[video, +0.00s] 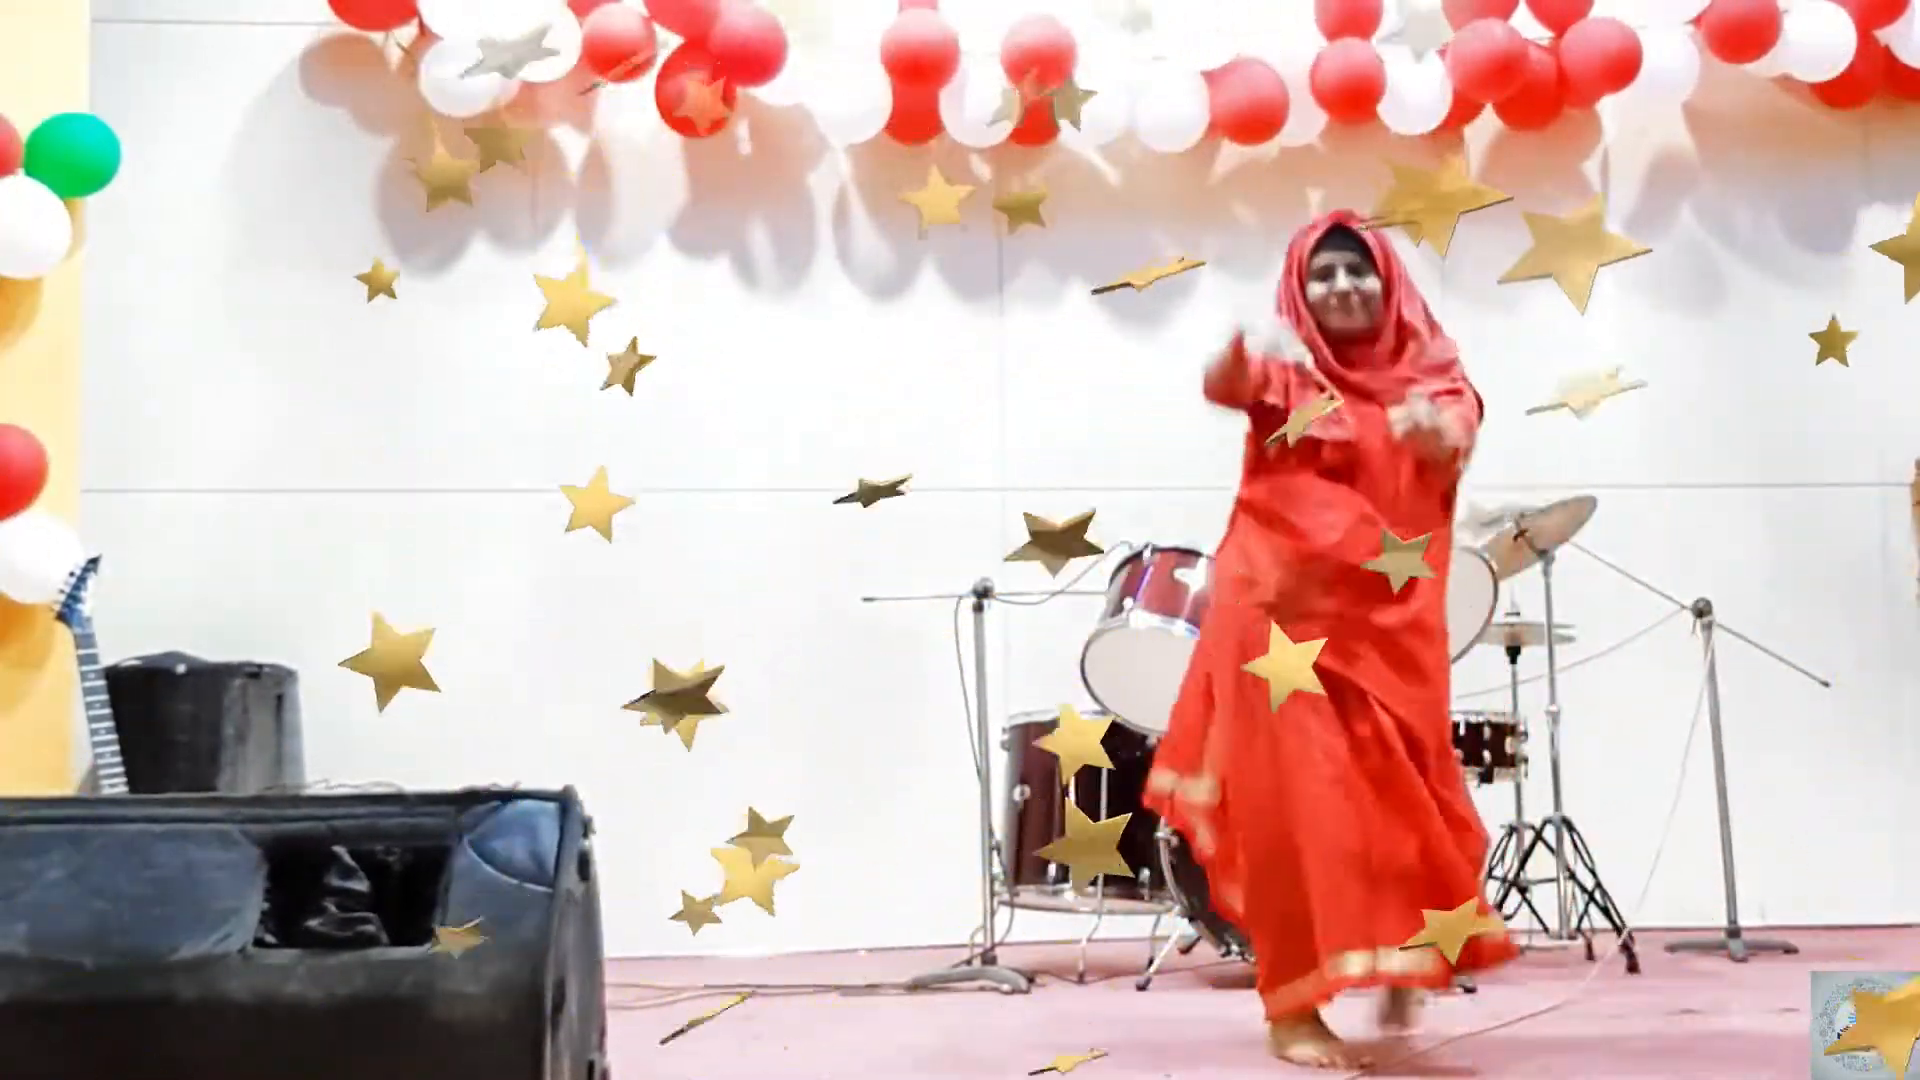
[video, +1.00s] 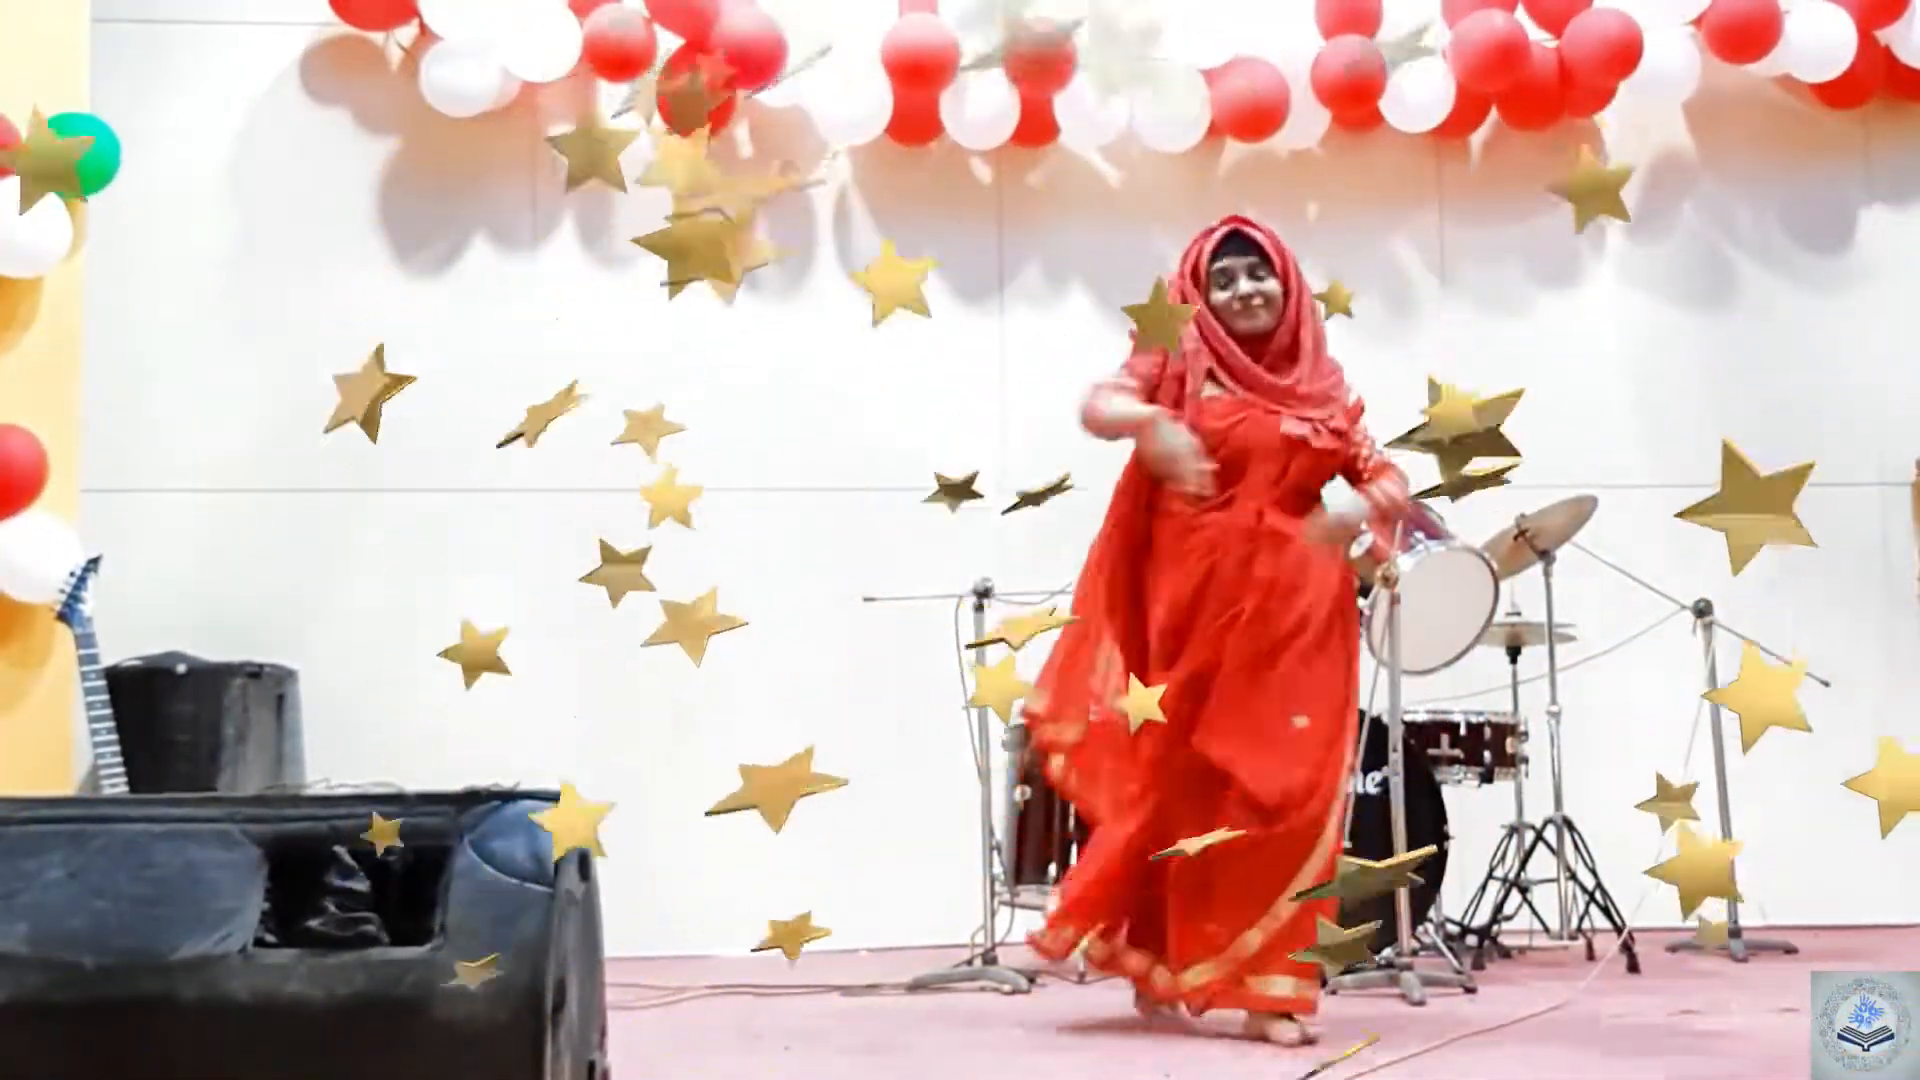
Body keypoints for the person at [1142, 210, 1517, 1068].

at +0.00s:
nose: (1344, 285)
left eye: (1358, 270)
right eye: (1325, 274)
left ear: (1388, 283)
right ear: (1300, 293)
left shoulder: (1434, 380)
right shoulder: (1288, 372)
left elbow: (1454, 428)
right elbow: (1231, 387)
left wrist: (1431, 429)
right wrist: (1235, 363)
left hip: (1388, 634)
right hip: (1280, 631)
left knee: (1394, 799)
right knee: (1294, 805)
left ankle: (1399, 980)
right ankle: (1293, 1008)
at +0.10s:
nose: (1337, 263)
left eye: (1351, 247)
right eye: (1318, 251)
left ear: (1376, 258)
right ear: (1292, 264)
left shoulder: (1409, 355)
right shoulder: (1259, 331)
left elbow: (1429, 449)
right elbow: (1185, 294)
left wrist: (1434, 509)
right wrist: (1216, 241)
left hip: (1376, 578)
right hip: (1268, 579)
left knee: (1379, 764)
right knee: (1280, 766)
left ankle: (1373, 977)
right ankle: (1280, 983)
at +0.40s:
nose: (1276, 287)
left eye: (1291, 273)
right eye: (1259, 275)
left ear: (1317, 287)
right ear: (1234, 290)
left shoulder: (1351, 394)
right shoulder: (1197, 364)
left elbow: (1398, 475)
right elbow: (1095, 325)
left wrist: (1447, 513)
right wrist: (1126, 268)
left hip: (1335, 629)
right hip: (1220, 625)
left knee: (1345, 796)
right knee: (1230, 795)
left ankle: (1343, 983)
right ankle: (1283, 964)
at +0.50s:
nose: (1249, 298)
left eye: (1265, 283)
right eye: (1234, 284)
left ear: (1298, 291)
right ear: (1211, 293)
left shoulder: (1337, 373)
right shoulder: (1183, 376)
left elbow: (1394, 419)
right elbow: (1087, 411)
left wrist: (1436, 406)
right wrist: (1075, 366)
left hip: (1309, 609)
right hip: (1198, 604)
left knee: (1333, 789)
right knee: (1191, 787)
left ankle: (1352, 981)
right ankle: (1193, 972)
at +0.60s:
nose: (1234, 340)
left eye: (1249, 323)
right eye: (1217, 325)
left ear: (1277, 328)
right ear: (1194, 336)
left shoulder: (1318, 413)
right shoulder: (1173, 427)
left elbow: (1400, 414)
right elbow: (1104, 520)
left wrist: (1425, 328)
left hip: (1279, 648)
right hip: (1173, 646)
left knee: (1278, 814)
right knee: (1169, 815)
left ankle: (1334, 988)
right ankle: (1176, 985)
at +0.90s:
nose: (1231, 292)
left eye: (1247, 277)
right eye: (1213, 279)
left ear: (1271, 289)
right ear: (1186, 294)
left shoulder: (1309, 391)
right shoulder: (1152, 374)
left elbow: (1379, 461)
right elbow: (1078, 429)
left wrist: (1429, 470)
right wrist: (1052, 423)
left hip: (1271, 623)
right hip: (1165, 620)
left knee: (1273, 797)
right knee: (1165, 797)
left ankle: (1272, 981)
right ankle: (1159, 972)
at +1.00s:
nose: (1245, 288)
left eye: (1257, 273)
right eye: (1226, 279)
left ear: (1286, 284)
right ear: (1201, 297)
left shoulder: (1321, 388)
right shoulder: (1177, 365)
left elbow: (1385, 476)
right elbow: (1100, 404)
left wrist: (1369, 498)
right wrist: (1153, 424)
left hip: (1294, 613)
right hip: (1191, 609)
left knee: (1290, 796)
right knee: (1183, 786)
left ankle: (1277, 994)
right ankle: (1157, 965)